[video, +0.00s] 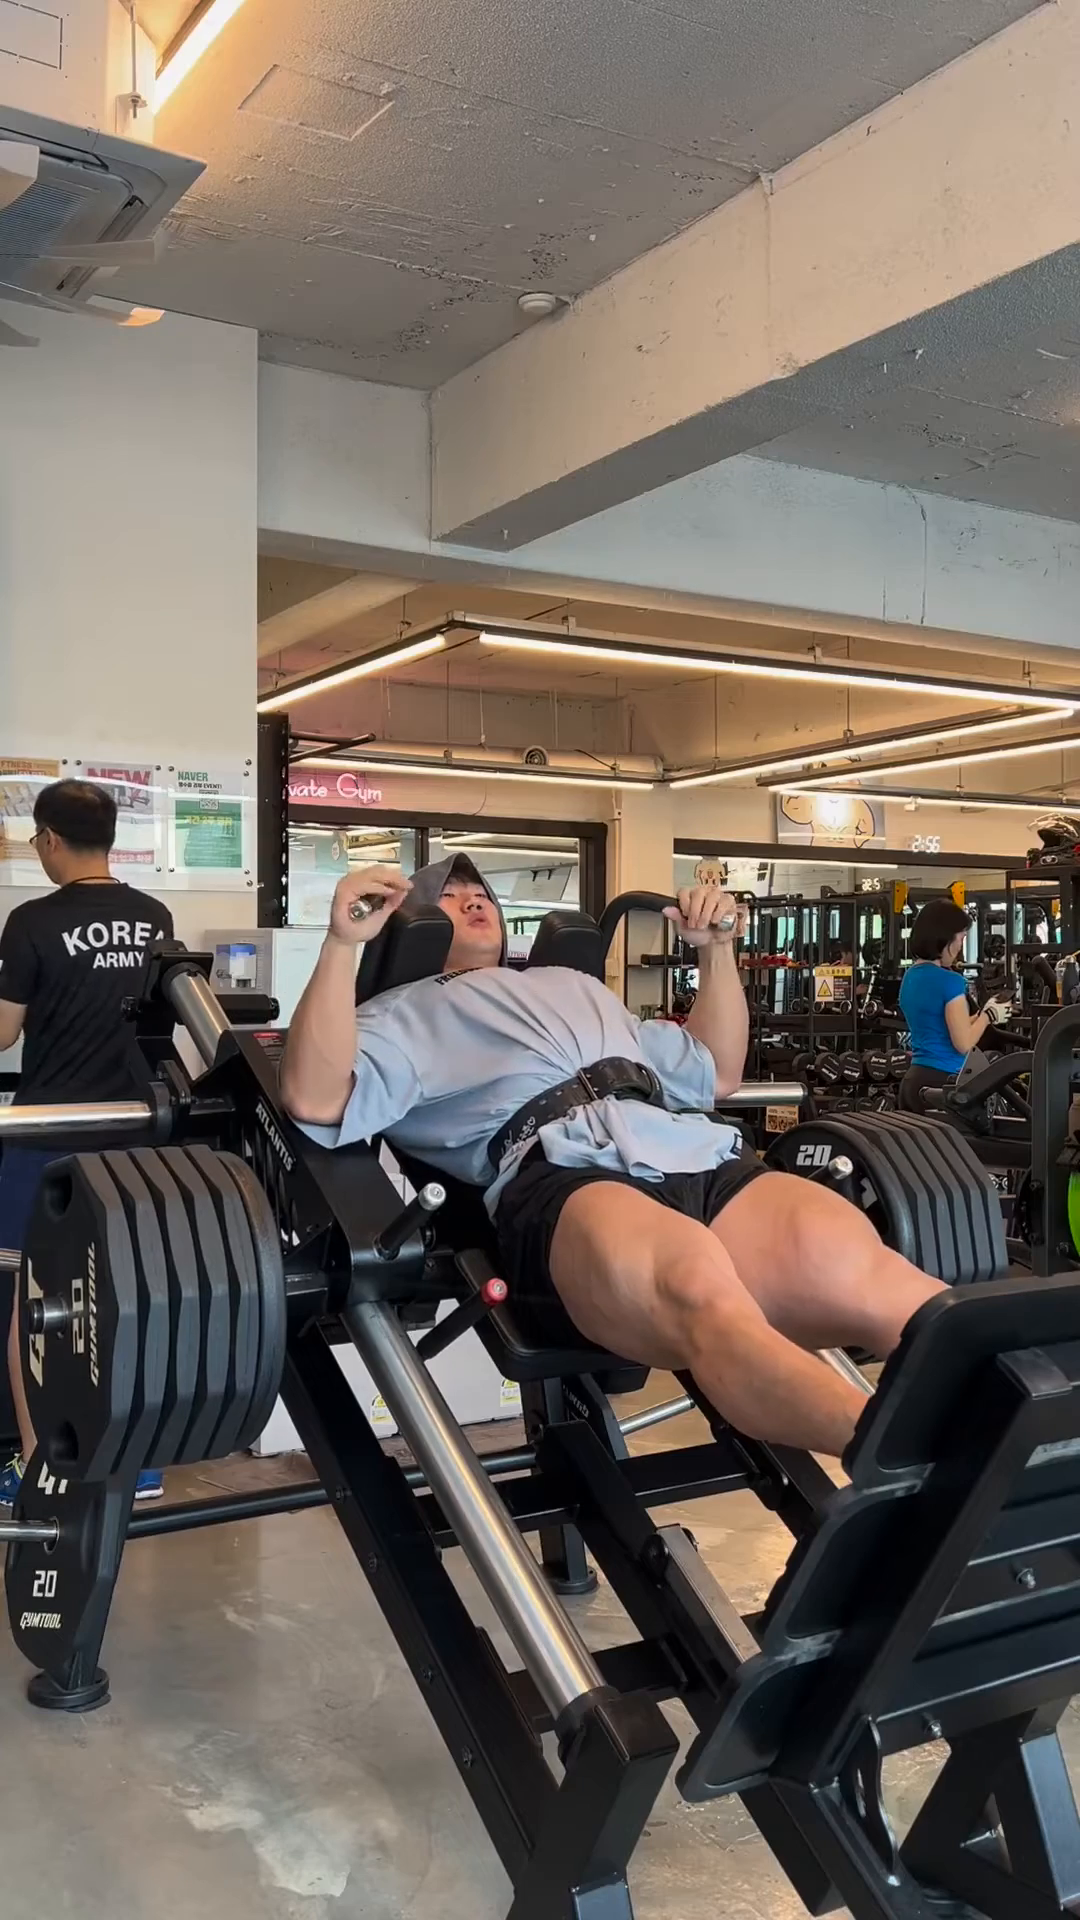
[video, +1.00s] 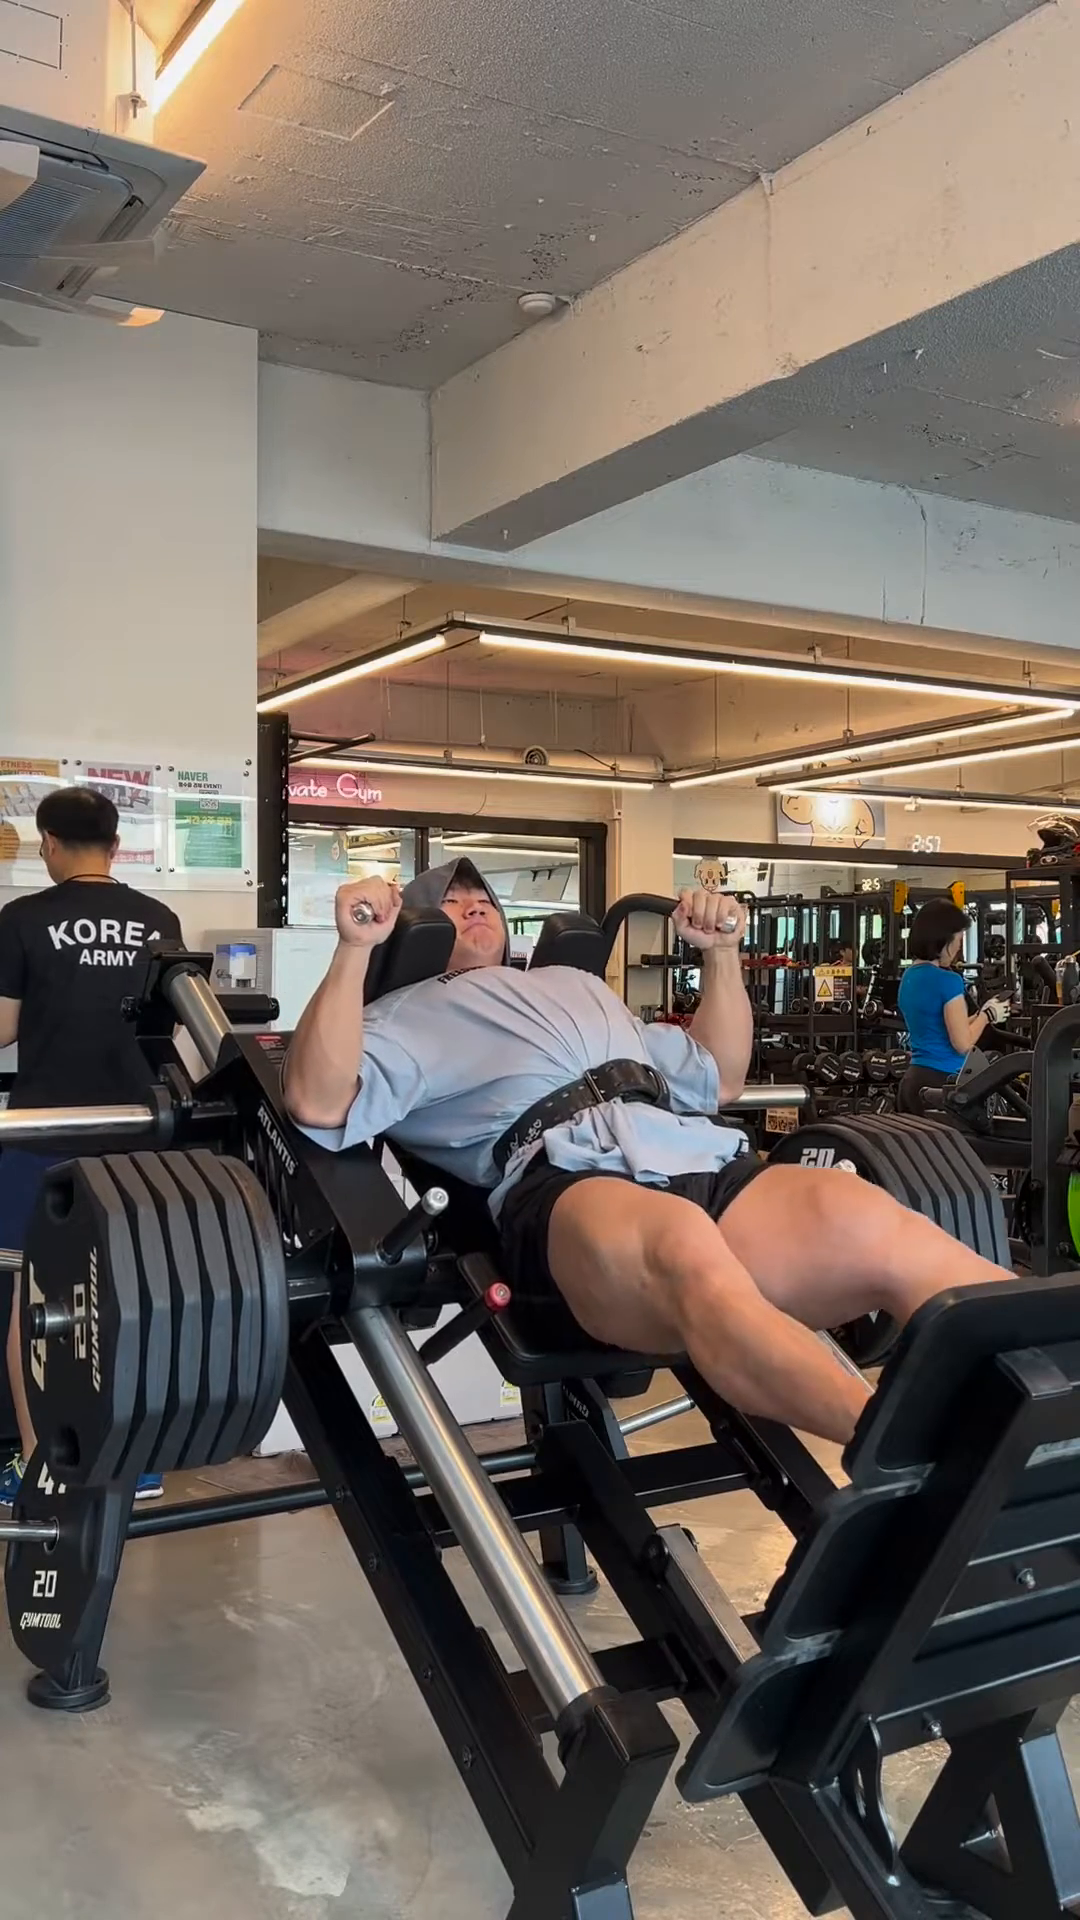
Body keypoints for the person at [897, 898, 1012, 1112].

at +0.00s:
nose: (961, 946)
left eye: (962, 939)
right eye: (960, 938)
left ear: (927, 935)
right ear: (945, 939)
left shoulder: (909, 978)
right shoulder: (950, 981)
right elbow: (963, 1043)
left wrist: (976, 1016)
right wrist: (990, 1015)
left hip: (915, 1076)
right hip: (948, 1081)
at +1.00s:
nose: (960, 948)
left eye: (960, 941)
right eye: (959, 940)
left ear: (925, 935)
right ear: (945, 940)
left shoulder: (908, 977)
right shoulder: (948, 981)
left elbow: (930, 1033)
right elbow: (963, 1043)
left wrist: (976, 1015)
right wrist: (989, 1014)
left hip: (915, 1076)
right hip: (948, 1082)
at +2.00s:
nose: (959, 947)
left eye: (960, 940)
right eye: (957, 940)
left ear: (923, 936)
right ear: (943, 940)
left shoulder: (907, 978)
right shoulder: (947, 981)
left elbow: (932, 1034)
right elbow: (961, 1044)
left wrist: (977, 1014)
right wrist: (987, 1015)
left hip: (913, 1079)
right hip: (946, 1084)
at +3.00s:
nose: (958, 947)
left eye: (959, 940)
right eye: (957, 939)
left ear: (923, 937)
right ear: (943, 940)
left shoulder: (908, 977)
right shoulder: (946, 980)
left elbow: (936, 1033)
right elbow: (962, 1043)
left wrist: (977, 1015)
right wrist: (987, 1014)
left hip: (918, 1073)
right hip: (947, 1079)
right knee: (996, 1059)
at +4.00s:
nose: (960, 946)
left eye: (961, 939)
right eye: (959, 939)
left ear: (925, 936)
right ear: (946, 940)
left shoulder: (909, 978)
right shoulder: (948, 981)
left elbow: (933, 1035)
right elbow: (963, 1042)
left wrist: (978, 1016)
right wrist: (988, 1015)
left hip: (918, 1074)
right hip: (948, 1080)